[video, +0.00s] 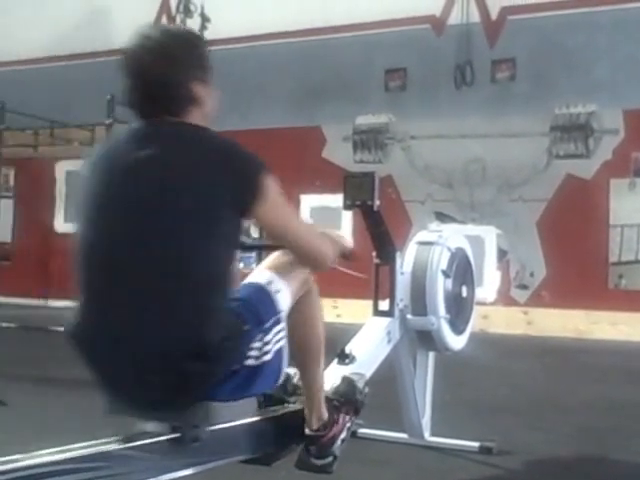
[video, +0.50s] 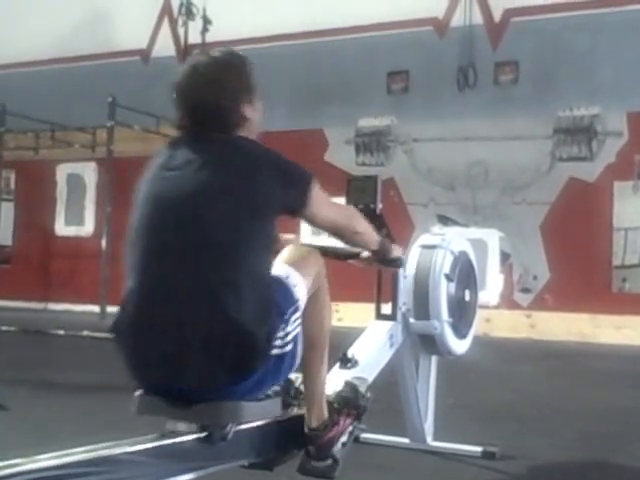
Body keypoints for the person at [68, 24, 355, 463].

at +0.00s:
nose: (215, 92)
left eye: (211, 79)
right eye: (210, 80)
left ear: (140, 91)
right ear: (194, 89)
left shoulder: (108, 158)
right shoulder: (227, 160)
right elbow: (319, 255)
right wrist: (332, 241)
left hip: (114, 371)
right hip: (192, 374)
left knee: (223, 269)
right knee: (300, 263)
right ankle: (319, 422)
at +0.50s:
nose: (260, 110)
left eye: (256, 99)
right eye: (255, 99)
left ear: (189, 109)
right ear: (243, 109)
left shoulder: (162, 163)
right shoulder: (255, 163)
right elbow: (344, 221)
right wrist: (378, 246)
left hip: (152, 370)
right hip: (229, 373)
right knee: (306, 257)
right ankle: (318, 423)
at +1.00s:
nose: (40, 81)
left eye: (38, 65)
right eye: (38, 65)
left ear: (7, 66)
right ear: (11, 67)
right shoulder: (42, 157)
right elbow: (157, 287)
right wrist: (196, 264)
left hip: (10, 396)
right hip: (73, 387)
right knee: (242, 363)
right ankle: (324, 432)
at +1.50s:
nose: (199, 90)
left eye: (196, 77)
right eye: (194, 77)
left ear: (115, 86)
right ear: (176, 84)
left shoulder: (83, 159)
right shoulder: (203, 168)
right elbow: (305, 271)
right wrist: (302, 244)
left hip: (98, 388)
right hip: (178, 391)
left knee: (229, 284)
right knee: (302, 292)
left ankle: (262, 418)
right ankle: (334, 435)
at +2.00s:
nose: (300, 121)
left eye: (297, 111)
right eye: (297, 112)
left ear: (230, 123)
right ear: (286, 122)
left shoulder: (203, 175)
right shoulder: (300, 176)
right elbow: (383, 231)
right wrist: (411, 255)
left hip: (197, 377)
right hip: (275, 381)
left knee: (306, 235)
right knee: (349, 260)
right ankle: (347, 423)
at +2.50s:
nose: (113, 75)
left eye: (111, 62)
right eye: (109, 61)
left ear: (14, 70)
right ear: (88, 64)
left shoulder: (5, 156)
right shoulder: (125, 154)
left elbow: (71, 255)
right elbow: (248, 256)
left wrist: (174, 244)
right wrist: (280, 241)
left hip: (64, 404)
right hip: (150, 382)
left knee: (263, 399)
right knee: (297, 356)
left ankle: (334, 407)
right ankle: (371, 429)